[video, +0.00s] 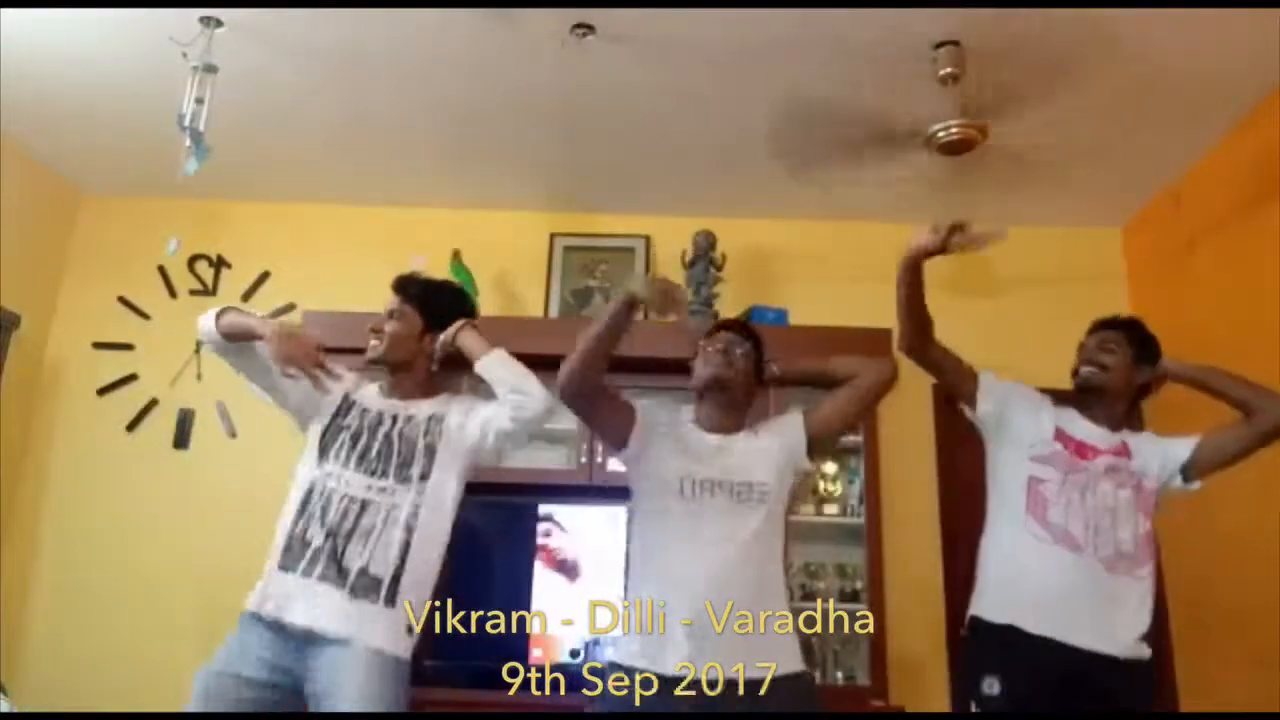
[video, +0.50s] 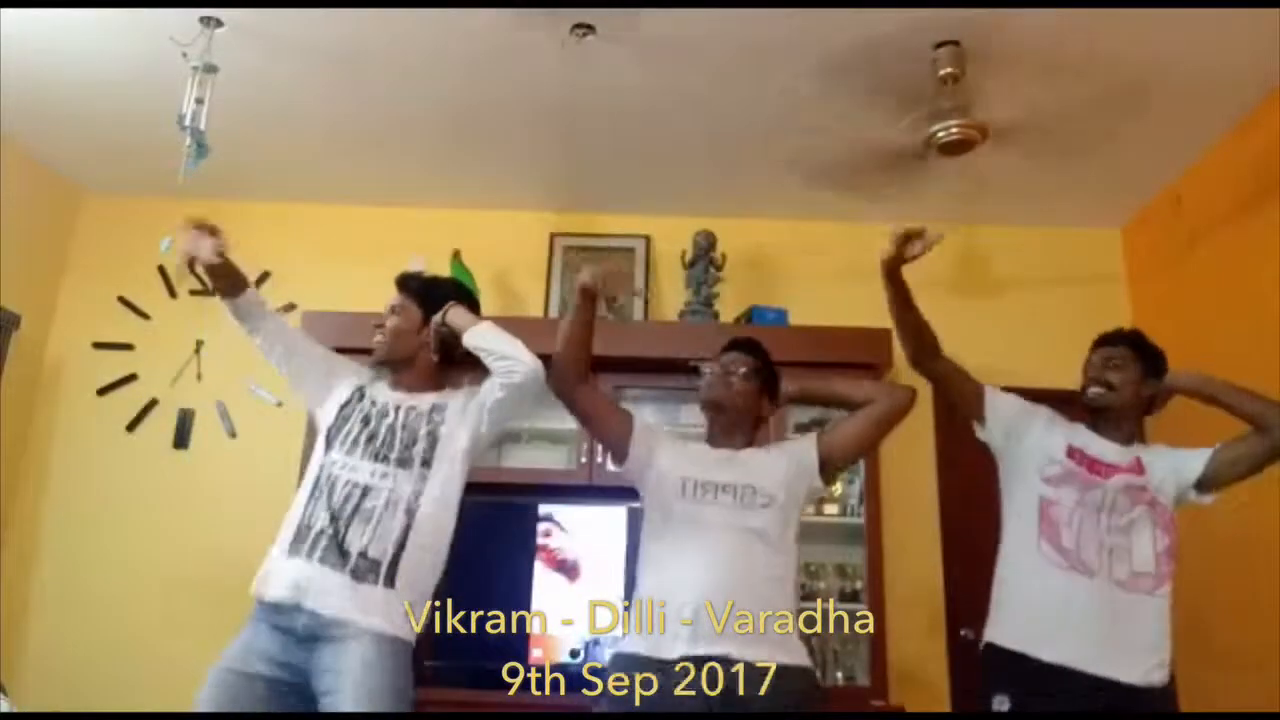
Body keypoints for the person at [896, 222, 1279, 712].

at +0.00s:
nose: (1091, 357)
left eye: (1109, 351)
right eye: (1085, 350)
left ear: (1143, 379)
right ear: (1073, 366)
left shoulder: (1154, 456)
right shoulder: (1017, 409)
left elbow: (1269, 416)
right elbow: (918, 346)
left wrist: (1172, 371)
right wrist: (911, 264)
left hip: (1112, 663)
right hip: (1010, 647)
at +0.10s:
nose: (1092, 362)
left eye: (1112, 353)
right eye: (1086, 352)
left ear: (1145, 380)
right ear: (1075, 368)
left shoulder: (1159, 456)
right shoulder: (1022, 415)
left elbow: (1268, 433)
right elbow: (931, 356)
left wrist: (1178, 372)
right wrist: (900, 272)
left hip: (1119, 670)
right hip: (1016, 653)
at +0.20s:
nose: (1095, 376)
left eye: (1115, 369)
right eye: (1089, 366)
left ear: (1148, 393)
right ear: (1078, 379)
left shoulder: (1165, 468)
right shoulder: (1027, 429)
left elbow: (1271, 451)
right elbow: (932, 372)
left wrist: (1180, 385)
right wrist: (906, 281)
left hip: (1127, 686)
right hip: (1024, 667)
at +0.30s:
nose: (1098, 382)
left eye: (1117, 377)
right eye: (1093, 376)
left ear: (1149, 409)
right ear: (1079, 395)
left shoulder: (1168, 483)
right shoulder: (1027, 449)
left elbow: (1275, 456)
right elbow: (931, 382)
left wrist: (1176, 399)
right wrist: (919, 288)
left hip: (1133, 700)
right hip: (1025, 688)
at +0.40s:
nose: (1095, 382)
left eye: (1114, 376)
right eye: (1090, 377)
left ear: (1148, 406)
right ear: (1078, 395)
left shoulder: (1167, 480)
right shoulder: (1028, 446)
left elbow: (1274, 443)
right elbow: (930, 374)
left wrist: (1185, 397)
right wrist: (909, 272)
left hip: (1133, 698)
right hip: (1025, 686)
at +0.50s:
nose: (1095, 371)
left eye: (1114, 364)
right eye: (1090, 365)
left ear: (1150, 390)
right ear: (1081, 381)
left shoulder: (1167, 470)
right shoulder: (1028, 428)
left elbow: (1273, 433)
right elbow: (928, 360)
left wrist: (1189, 384)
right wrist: (892, 274)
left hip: (1136, 689)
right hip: (1029, 673)